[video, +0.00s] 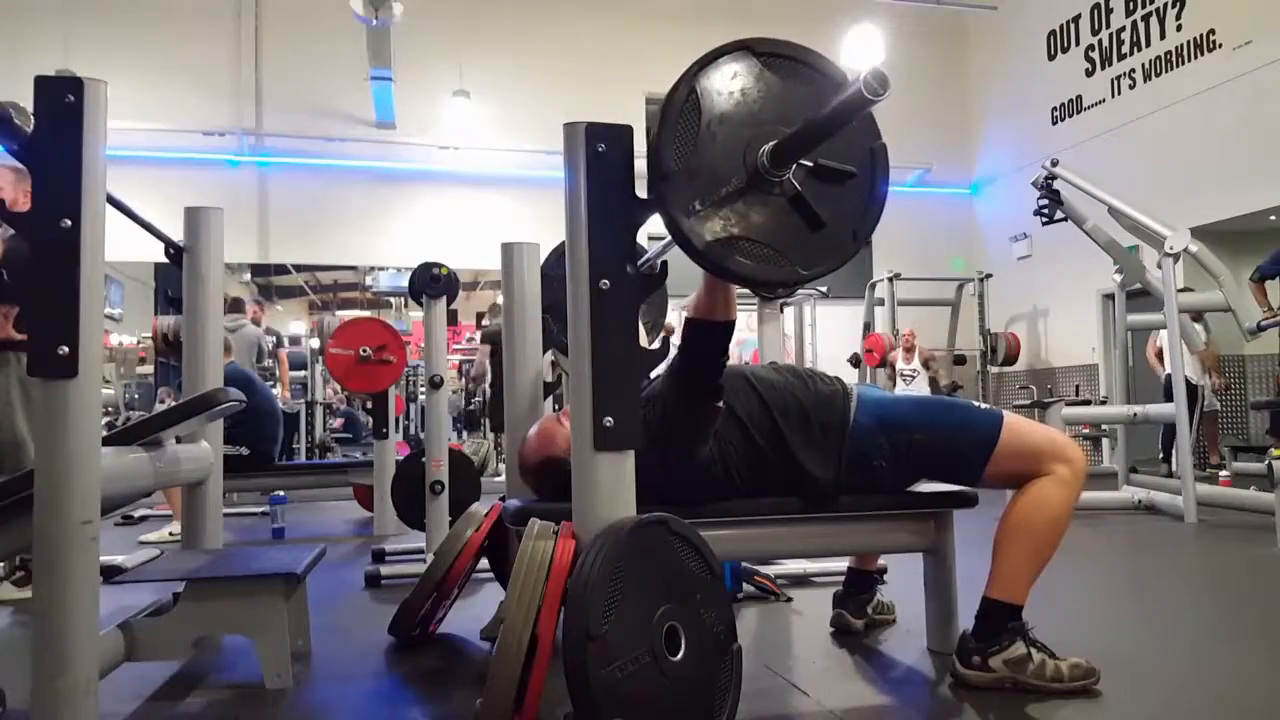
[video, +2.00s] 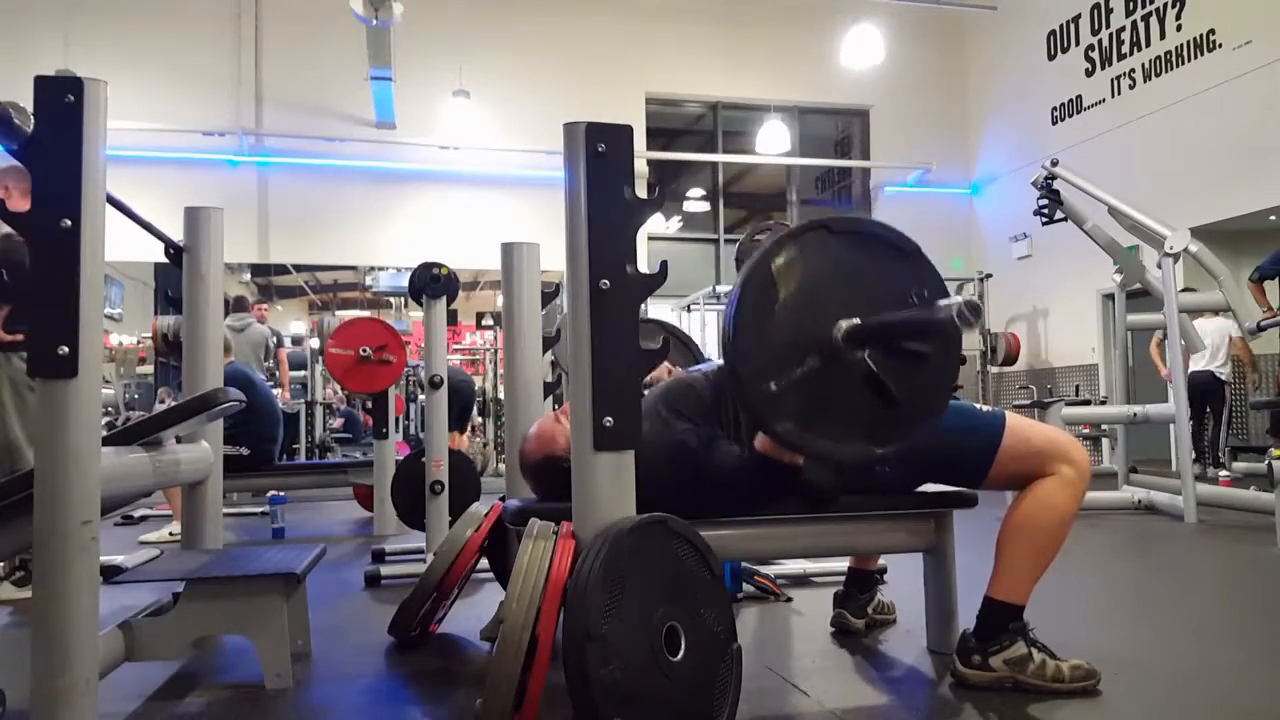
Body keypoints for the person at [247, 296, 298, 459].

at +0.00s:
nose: (252, 316)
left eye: (255, 311)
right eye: (249, 312)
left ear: (262, 312)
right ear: (246, 313)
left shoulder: (274, 335)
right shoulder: (243, 335)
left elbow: (283, 361)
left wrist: (285, 388)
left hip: (269, 389)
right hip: (249, 388)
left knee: (273, 422)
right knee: (249, 423)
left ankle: (277, 456)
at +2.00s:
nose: (262, 313)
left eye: (265, 310)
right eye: (259, 309)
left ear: (269, 312)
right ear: (251, 311)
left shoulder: (275, 334)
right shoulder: (242, 333)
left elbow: (282, 361)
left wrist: (285, 389)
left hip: (268, 385)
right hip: (244, 385)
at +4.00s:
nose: (263, 316)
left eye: (266, 313)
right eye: (259, 313)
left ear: (269, 314)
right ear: (252, 312)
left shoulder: (277, 334)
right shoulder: (246, 333)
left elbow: (286, 359)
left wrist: (292, 385)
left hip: (272, 384)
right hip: (251, 384)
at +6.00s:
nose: (288, 312)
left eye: (291, 309)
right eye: (284, 309)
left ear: (294, 310)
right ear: (277, 311)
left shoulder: (305, 331)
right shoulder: (271, 332)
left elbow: (314, 357)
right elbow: (264, 357)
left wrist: (319, 383)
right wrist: (261, 380)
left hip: (302, 384)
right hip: (278, 385)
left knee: (314, 420)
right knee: (283, 423)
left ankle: (295, 427)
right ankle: (285, 458)